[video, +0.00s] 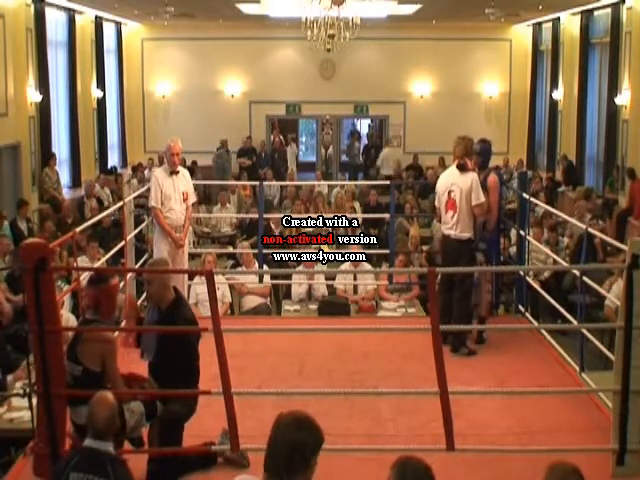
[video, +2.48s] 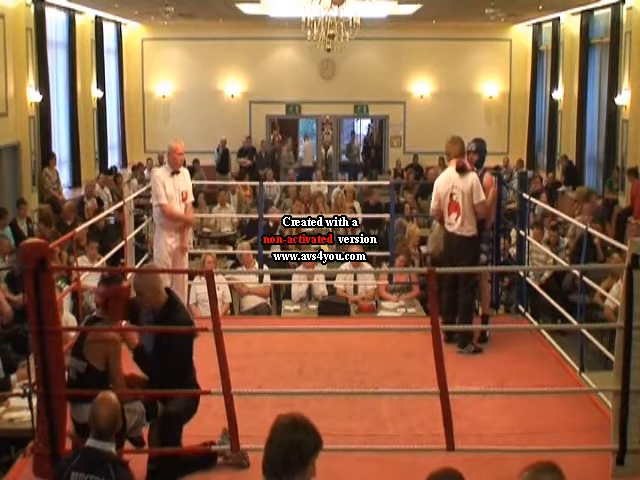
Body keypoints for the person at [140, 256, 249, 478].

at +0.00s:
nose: (146, 288)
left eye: (150, 282)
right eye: (145, 282)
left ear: (166, 282)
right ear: (148, 281)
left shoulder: (181, 319)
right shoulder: (154, 308)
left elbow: (185, 371)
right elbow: (144, 346)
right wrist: (135, 320)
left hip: (177, 398)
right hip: (160, 393)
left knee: (160, 469)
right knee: (160, 467)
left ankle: (217, 451)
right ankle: (215, 449)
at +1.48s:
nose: (142, 296)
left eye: (146, 291)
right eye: (140, 290)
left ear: (163, 289)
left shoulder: (180, 321)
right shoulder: (157, 309)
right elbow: (143, 331)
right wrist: (136, 342)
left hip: (178, 399)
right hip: (162, 393)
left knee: (159, 469)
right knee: (161, 466)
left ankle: (216, 452)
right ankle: (215, 450)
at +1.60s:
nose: (141, 297)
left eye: (145, 291)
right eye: (139, 291)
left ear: (162, 288)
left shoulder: (180, 322)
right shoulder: (156, 310)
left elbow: (173, 379)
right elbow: (142, 339)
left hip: (178, 399)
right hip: (161, 393)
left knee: (161, 469)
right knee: (159, 467)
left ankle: (218, 452)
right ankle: (216, 450)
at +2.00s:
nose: (141, 297)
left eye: (145, 291)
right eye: (139, 291)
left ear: (162, 289)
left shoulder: (179, 319)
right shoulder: (152, 306)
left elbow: (162, 370)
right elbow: (131, 316)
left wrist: (130, 351)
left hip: (180, 395)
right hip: (159, 389)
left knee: (161, 469)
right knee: (162, 467)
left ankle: (217, 454)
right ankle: (216, 450)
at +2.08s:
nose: (140, 297)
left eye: (144, 292)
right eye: (138, 292)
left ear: (161, 289)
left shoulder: (179, 320)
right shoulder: (151, 306)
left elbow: (162, 372)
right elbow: (133, 315)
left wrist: (130, 348)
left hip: (182, 393)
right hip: (158, 387)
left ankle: (217, 454)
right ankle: (217, 451)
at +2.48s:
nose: (137, 298)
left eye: (141, 293)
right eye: (135, 292)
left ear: (157, 289)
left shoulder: (178, 320)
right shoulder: (143, 306)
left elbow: (164, 376)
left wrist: (136, 348)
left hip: (182, 392)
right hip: (157, 386)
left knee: (168, 415)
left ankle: (216, 453)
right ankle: (215, 451)